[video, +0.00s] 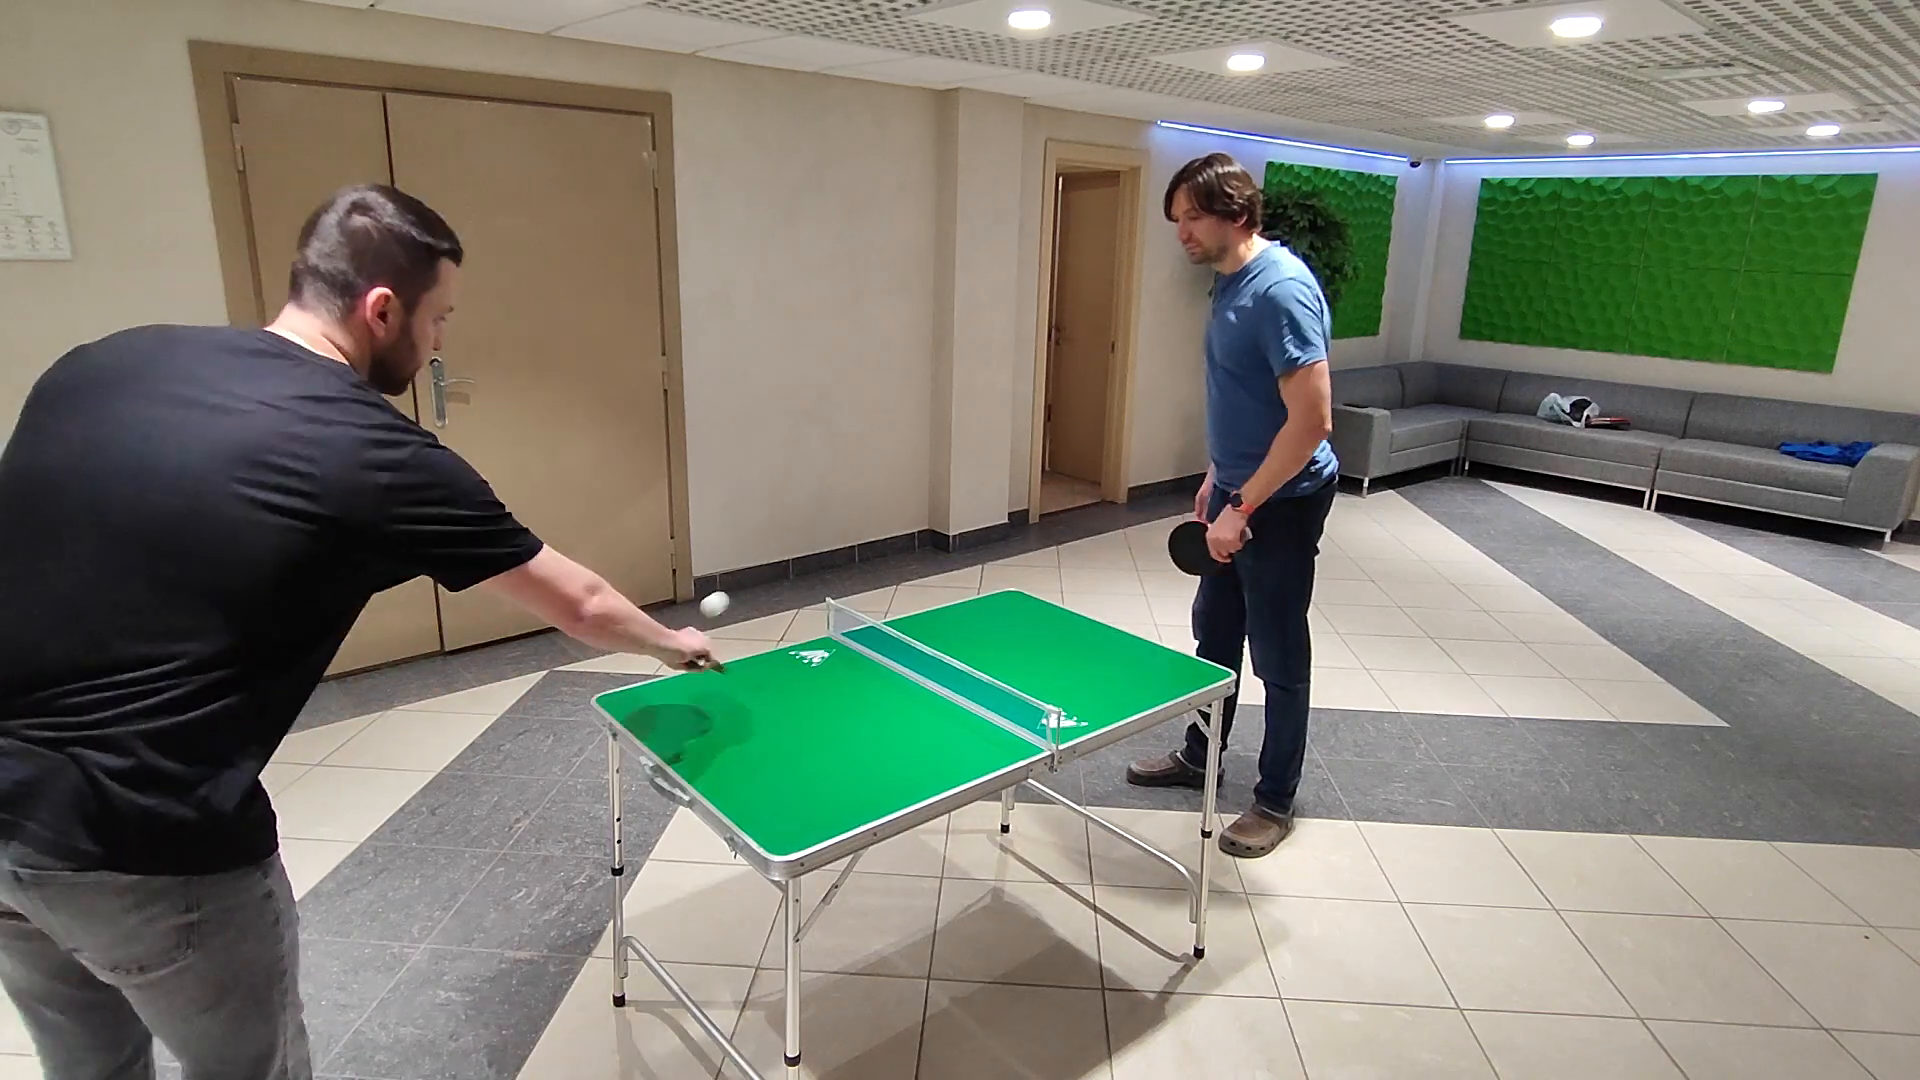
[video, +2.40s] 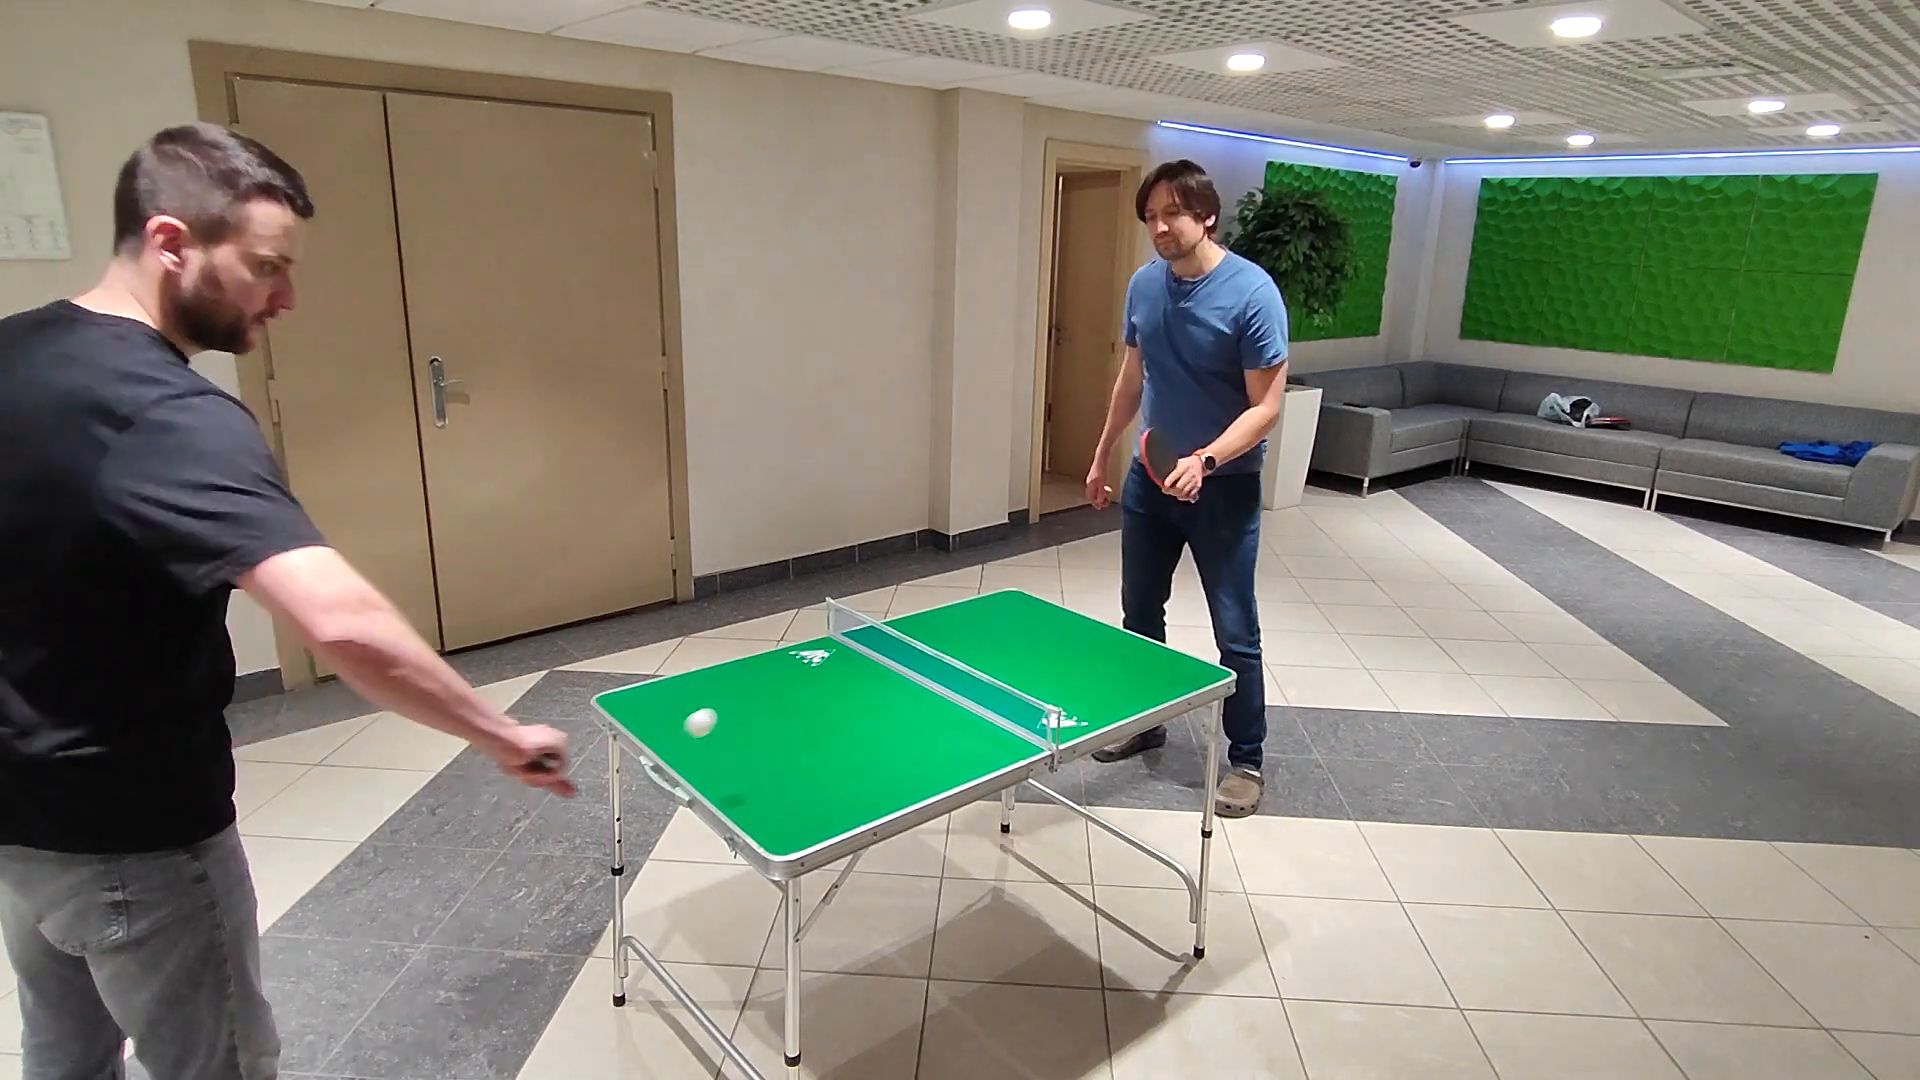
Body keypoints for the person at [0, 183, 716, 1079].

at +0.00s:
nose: (438, 345)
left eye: (446, 322)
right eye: (438, 319)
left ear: (299, 287)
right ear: (379, 311)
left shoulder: (91, 365)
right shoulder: (377, 451)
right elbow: (580, 602)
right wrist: (670, 641)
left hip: (3, 817)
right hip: (158, 835)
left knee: (92, 1068)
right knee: (252, 1068)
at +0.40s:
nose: (450, 323)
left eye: (457, 300)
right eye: (449, 299)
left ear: (307, 270)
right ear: (385, 294)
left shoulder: (97, 353)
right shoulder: (395, 449)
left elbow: (31, 551)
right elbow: (466, 691)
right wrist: (535, 724)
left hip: (19, 793)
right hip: (206, 814)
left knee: (35, 1069)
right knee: (260, 1067)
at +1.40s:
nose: (325, 294)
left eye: (330, 269)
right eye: (318, 264)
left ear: (222, 240)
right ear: (242, 245)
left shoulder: (16, 350)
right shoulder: (268, 403)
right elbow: (406, 622)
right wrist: (515, 715)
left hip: (25, 799)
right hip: (194, 811)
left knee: (82, 1059)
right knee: (238, 1064)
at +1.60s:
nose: (281, 266)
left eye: (284, 242)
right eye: (269, 239)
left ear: (173, 229)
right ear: (181, 231)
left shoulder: (13, 345)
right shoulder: (224, 394)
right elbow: (281, 640)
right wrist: (387, 734)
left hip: (35, 797)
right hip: (193, 816)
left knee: (90, 1055)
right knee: (235, 1062)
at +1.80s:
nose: (233, 246)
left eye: (230, 219)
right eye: (211, 218)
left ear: (111, 219)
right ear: (114, 218)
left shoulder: (13, 343)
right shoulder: (142, 392)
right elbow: (162, 644)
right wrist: (301, 748)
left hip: (41, 801)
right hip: (167, 827)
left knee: (83, 1055)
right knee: (232, 1063)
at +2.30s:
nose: (241, 279)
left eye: (243, 252)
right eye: (218, 245)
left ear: (113, 230)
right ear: (118, 227)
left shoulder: (20, 341)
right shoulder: (116, 389)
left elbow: (69, 574)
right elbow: (226, 619)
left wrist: (225, 670)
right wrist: (382, 723)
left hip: (31, 812)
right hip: (143, 834)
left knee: (69, 1054)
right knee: (226, 1060)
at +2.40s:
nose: (285, 299)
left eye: (287, 270)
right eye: (268, 265)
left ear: (165, 245)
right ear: (170, 244)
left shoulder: (13, 349)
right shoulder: (170, 413)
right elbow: (341, 626)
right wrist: (499, 732)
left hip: (19, 831)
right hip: (141, 849)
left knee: (61, 1065)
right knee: (219, 1064)